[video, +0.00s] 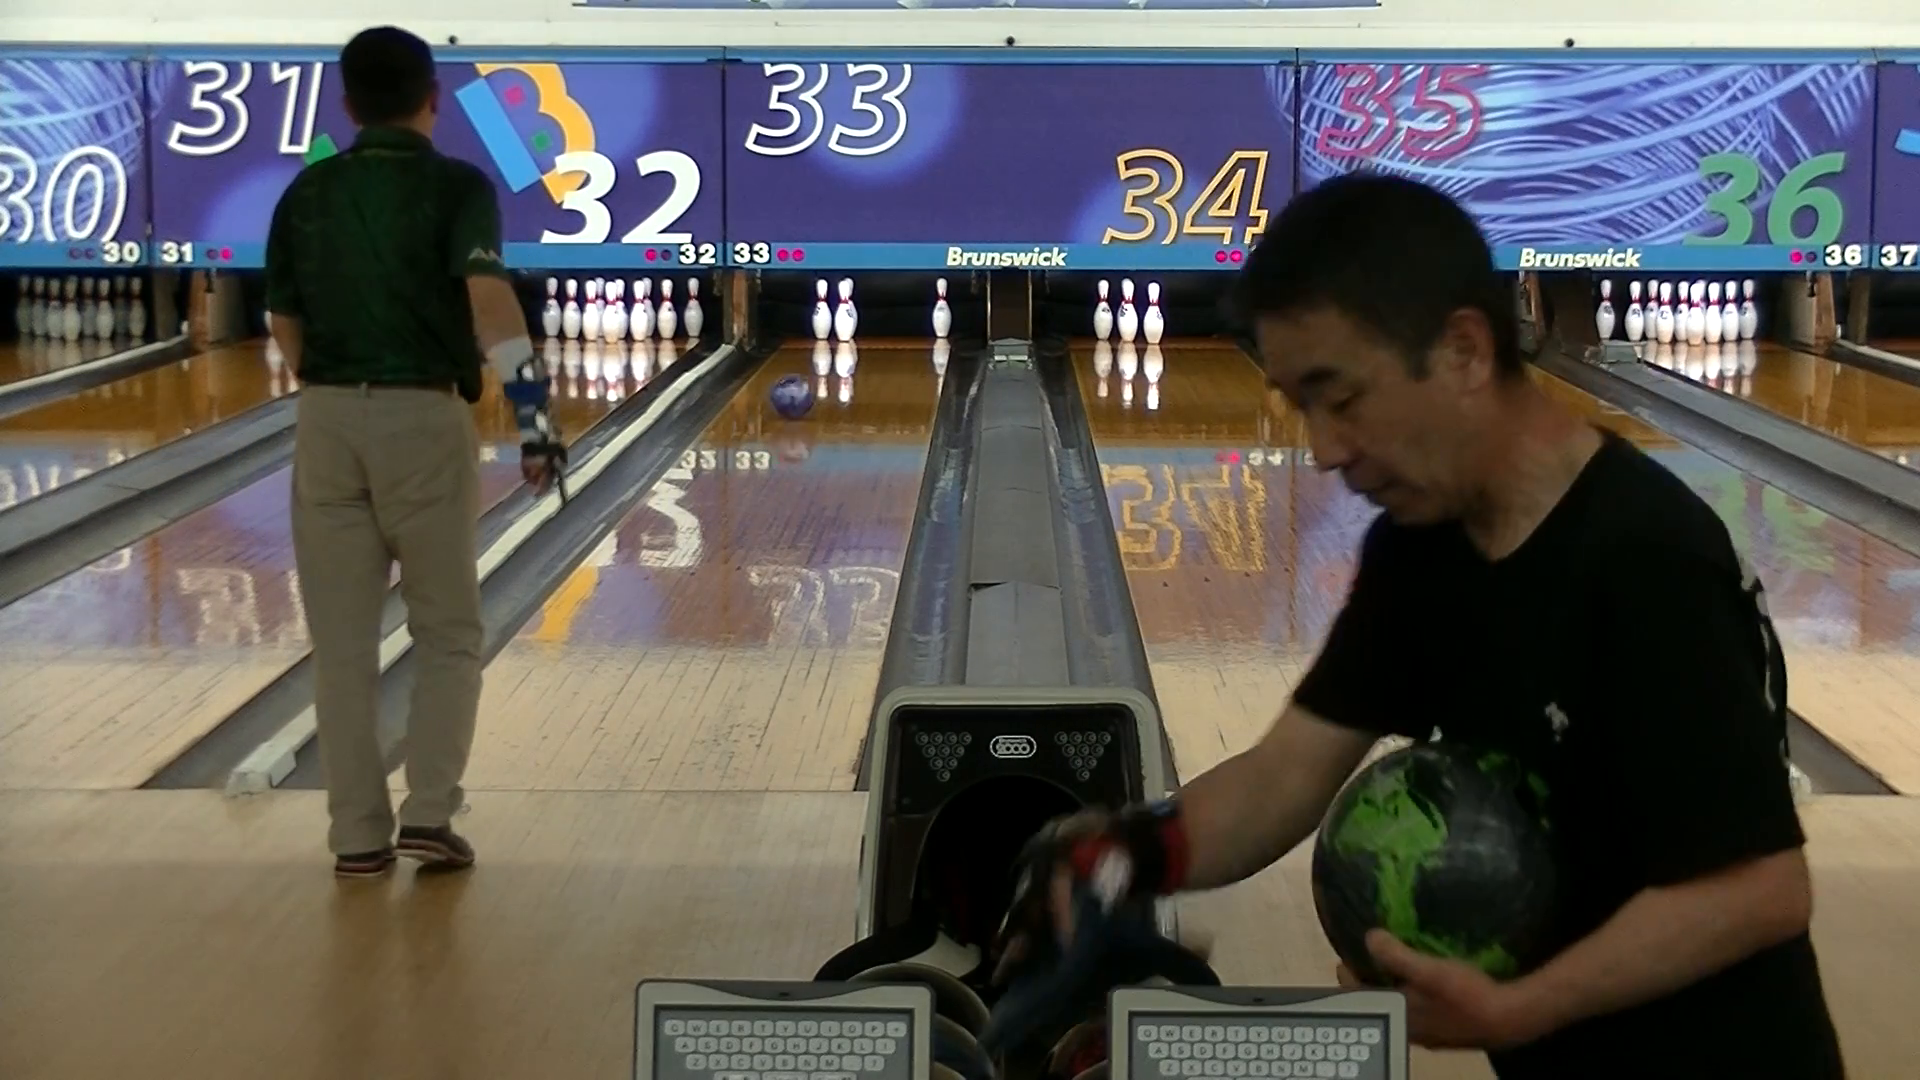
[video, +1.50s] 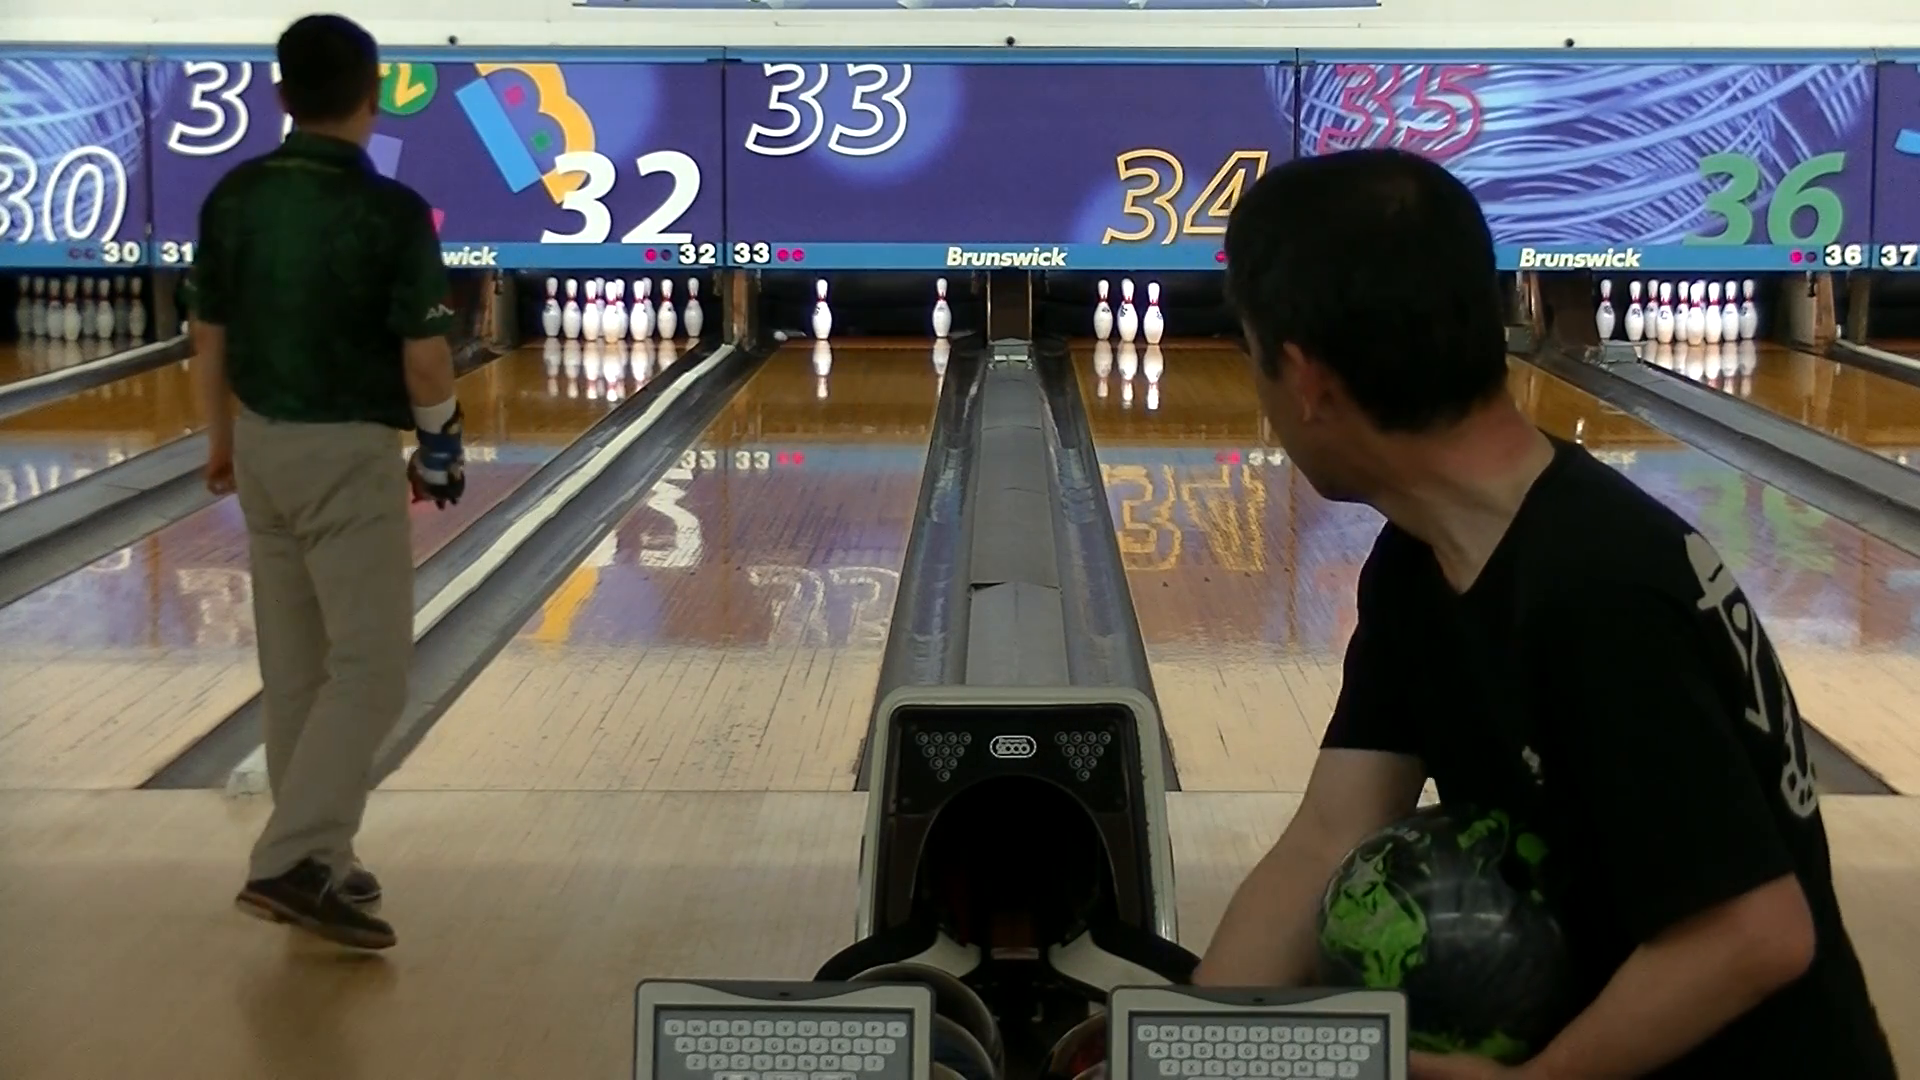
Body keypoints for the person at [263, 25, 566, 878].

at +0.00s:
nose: (440, 106)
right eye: (439, 94)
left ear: (348, 102)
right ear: (432, 99)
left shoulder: (303, 193)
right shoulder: (458, 183)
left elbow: (286, 331)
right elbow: (487, 288)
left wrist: (324, 398)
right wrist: (532, 413)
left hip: (322, 423)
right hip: (424, 421)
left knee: (339, 637)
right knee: (448, 630)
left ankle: (357, 838)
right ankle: (428, 821)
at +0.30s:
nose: (447, 88)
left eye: (436, 77)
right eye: (440, 79)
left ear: (359, 105)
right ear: (433, 88)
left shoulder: (318, 187)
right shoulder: (490, 194)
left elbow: (290, 331)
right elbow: (514, 335)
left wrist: (306, 419)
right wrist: (463, 384)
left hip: (322, 426)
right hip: (428, 427)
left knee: (340, 641)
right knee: (433, 640)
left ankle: (355, 839)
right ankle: (416, 838)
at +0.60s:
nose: (440, 100)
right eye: (436, 89)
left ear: (347, 100)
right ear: (434, 96)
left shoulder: (306, 190)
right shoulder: (479, 197)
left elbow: (278, 330)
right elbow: (511, 338)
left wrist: (283, 433)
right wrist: (458, 323)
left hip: (321, 431)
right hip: (428, 435)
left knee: (326, 632)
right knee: (437, 641)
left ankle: (330, 814)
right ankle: (418, 839)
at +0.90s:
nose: (406, 103)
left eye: (385, 88)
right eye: (403, 90)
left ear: (312, 102)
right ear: (398, 99)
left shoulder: (262, 198)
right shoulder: (438, 204)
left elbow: (241, 344)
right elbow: (480, 347)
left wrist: (261, 444)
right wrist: (510, 461)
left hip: (287, 445)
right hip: (396, 447)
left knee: (302, 665)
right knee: (428, 652)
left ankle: (314, 872)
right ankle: (428, 842)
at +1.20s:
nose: (380, 102)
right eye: (379, 88)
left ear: (287, 96)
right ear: (375, 94)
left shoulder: (235, 198)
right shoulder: (408, 204)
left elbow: (209, 340)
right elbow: (436, 343)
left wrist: (221, 444)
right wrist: (472, 436)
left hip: (262, 450)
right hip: (368, 449)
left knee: (290, 675)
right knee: (419, 661)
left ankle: (314, 877)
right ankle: (401, 849)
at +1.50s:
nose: (381, 99)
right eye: (378, 86)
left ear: (284, 94)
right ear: (372, 93)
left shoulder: (232, 196)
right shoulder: (392, 211)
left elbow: (209, 336)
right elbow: (422, 354)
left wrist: (219, 438)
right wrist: (441, 435)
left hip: (260, 449)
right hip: (350, 452)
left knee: (292, 667)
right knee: (371, 666)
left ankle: (324, 872)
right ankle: (291, 859)